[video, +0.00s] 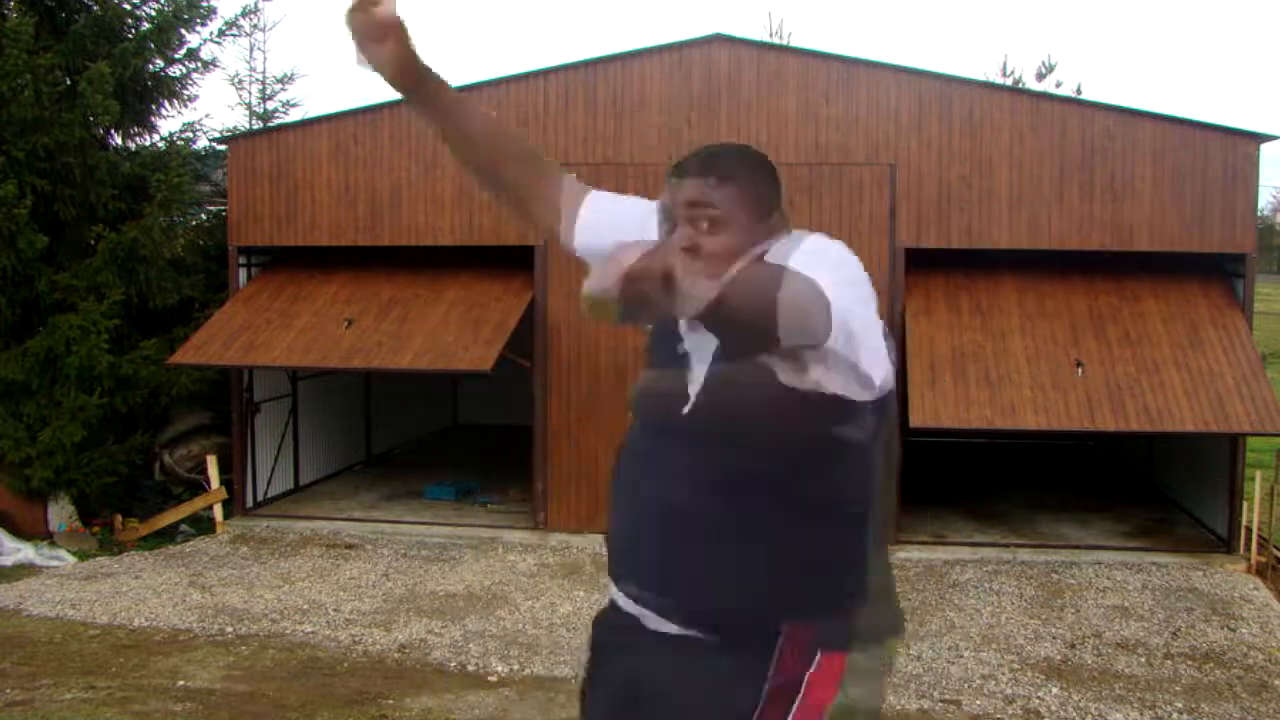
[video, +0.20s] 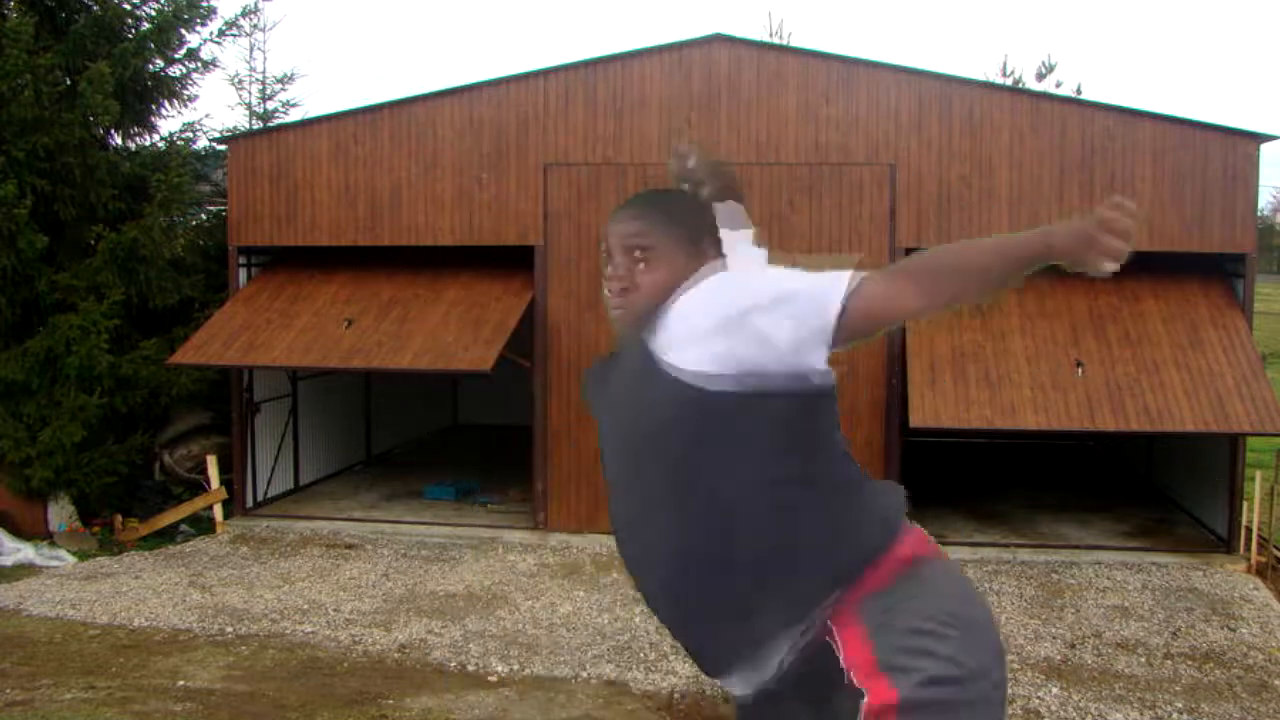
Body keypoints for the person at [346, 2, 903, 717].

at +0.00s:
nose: (681, 244)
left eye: (705, 222)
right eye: (670, 223)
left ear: (768, 228)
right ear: (660, 222)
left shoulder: (823, 268)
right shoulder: (664, 256)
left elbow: (803, 315)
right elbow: (541, 190)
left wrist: (694, 291)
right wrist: (412, 78)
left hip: (769, 653)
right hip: (641, 627)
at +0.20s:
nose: (615, 272)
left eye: (640, 255)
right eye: (609, 255)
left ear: (700, 262)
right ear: (603, 264)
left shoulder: (718, 309)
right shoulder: (640, 355)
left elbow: (897, 291)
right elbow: (747, 282)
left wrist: (1049, 243)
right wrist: (725, 211)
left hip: (879, 626)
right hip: (778, 676)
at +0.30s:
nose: (628, 296)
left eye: (653, 279)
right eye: (625, 283)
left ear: (714, 287)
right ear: (622, 295)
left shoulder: (743, 346)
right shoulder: (676, 383)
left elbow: (910, 327)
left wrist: (1067, 275)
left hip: (908, 675)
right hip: (804, 689)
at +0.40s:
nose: (629, 315)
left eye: (653, 296)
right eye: (624, 302)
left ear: (721, 302)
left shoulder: (754, 347)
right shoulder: (655, 405)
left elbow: (867, 341)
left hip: (908, 684)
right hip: (772, 697)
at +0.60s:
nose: (604, 325)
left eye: (622, 303)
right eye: (598, 310)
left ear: (691, 298)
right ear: (601, 320)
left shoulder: (738, 331)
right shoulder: (644, 362)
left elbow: (837, 310)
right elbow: (549, 287)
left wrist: (947, 251)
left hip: (843, 672)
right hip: (701, 680)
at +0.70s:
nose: (579, 280)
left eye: (602, 264)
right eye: (574, 267)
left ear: (668, 271)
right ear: (576, 286)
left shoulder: (710, 311)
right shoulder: (618, 363)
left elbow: (873, 289)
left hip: (822, 652)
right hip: (704, 675)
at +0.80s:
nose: (576, 299)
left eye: (603, 284)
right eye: (573, 286)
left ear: (668, 302)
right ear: (569, 305)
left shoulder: (701, 353)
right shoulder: (570, 408)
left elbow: (886, 320)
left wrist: (1067, 262)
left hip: (816, 654)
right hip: (692, 698)